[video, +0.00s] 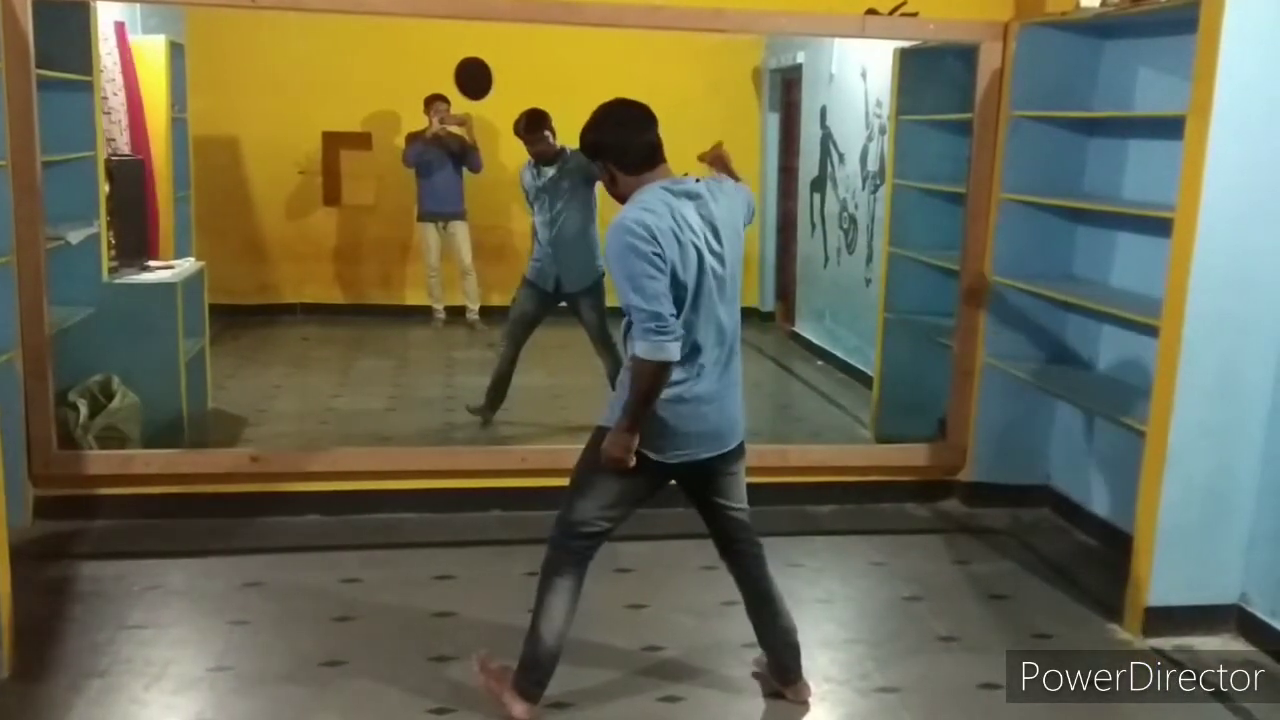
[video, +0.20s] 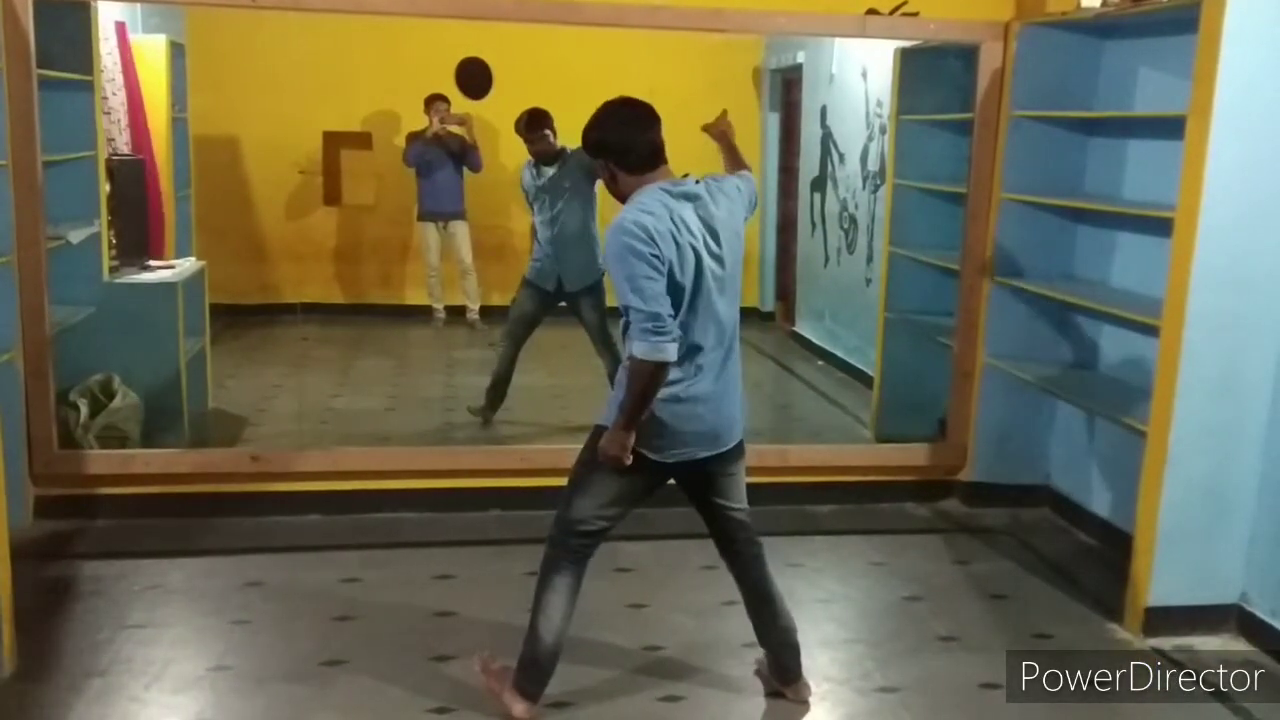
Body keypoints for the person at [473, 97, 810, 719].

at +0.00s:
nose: (598, 181)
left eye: (596, 170)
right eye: (596, 170)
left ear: (608, 171)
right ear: (661, 151)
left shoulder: (631, 229)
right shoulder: (715, 198)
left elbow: (659, 343)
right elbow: (742, 195)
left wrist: (626, 428)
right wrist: (724, 166)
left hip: (654, 420)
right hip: (719, 416)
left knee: (573, 543)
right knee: (740, 541)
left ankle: (525, 686)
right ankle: (789, 676)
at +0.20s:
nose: (598, 180)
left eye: (596, 169)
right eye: (596, 169)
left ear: (607, 169)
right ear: (664, 153)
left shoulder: (630, 230)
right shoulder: (716, 197)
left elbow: (656, 345)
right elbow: (746, 180)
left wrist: (623, 427)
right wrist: (726, 139)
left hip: (652, 421)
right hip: (719, 416)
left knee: (571, 543)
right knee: (741, 540)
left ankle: (525, 686)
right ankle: (789, 677)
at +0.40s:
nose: (600, 174)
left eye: (599, 162)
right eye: (600, 162)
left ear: (610, 165)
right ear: (667, 149)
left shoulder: (627, 231)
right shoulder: (716, 198)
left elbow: (647, 343)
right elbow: (751, 172)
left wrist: (614, 421)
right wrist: (731, 119)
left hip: (651, 421)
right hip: (718, 416)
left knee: (568, 544)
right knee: (742, 546)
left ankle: (525, 685)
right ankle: (788, 676)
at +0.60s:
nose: (603, 165)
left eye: (603, 155)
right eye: (604, 155)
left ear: (612, 159)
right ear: (671, 149)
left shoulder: (620, 226)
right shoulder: (719, 198)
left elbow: (629, 341)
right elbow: (774, 183)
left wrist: (596, 406)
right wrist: (717, 131)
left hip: (644, 419)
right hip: (715, 414)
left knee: (563, 544)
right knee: (740, 545)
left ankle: (523, 686)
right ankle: (787, 676)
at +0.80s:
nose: (603, 155)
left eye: (604, 146)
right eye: (606, 145)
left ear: (612, 150)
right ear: (672, 145)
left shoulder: (605, 225)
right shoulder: (723, 203)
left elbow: (607, 341)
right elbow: (781, 261)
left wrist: (582, 398)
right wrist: (716, 268)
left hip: (633, 423)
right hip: (712, 419)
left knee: (562, 547)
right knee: (741, 549)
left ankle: (521, 685)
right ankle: (786, 676)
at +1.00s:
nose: (607, 153)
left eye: (608, 145)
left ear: (612, 152)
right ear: (675, 148)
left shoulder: (594, 219)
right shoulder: (727, 225)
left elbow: (582, 336)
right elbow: (744, 340)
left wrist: (570, 381)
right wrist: (701, 382)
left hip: (621, 426)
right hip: (705, 426)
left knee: (557, 547)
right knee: (742, 553)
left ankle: (519, 688)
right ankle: (788, 678)